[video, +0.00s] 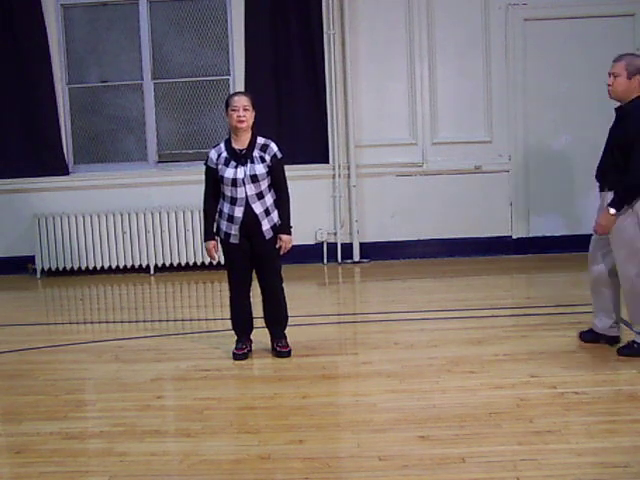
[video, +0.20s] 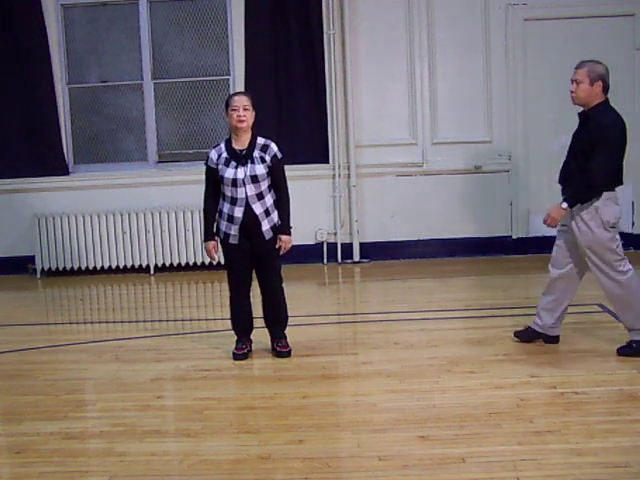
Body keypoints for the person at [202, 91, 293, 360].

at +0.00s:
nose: (241, 114)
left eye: (246, 109)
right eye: (235, 110)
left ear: (254, 114)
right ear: (227, 116)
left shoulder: (268, 149)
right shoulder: (216, 155)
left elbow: (282, 192)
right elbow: (210, 198)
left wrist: (285, 229)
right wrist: (210, 235)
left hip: (266, 231)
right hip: (232, 233)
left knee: (272, 285)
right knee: (239, 289)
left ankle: (279, 335)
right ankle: (243, 338)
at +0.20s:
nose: (241, 114)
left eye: (246, 109)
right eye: (235, 110)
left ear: (254, 115)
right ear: (227, 116)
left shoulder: (268, 149)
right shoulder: (217, 155)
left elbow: (282, 192)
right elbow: (211, 198)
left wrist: (285, 229)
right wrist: (210, 235)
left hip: (266, 230)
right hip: (232, 233)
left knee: (272, 285)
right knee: (239, 288)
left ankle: (279, 335)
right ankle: (243, 337)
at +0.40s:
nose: (241, 114)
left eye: (246, 109)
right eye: (235, 109)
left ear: (254, 115)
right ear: (227, 115)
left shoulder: (268, 149)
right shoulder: (217, 155)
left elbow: (282, 192)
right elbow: (211, 197)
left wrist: (285, 229)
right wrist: (210, 234)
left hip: (266, 231)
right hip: (232, 233)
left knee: (272, 285)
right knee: (239, 289)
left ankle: (279, 335)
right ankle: (243, 338)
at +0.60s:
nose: (241, 114)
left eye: (246, 110)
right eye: (235, 110)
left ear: (254, 115)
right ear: (227, 116)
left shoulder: (268, 149)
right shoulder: (217, 155)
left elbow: (282, 192)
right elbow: (211, 198)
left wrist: (285, 229)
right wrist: (210, 235)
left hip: (266, 230)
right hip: (232, 233)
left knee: (272, 285)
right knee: (239, 288)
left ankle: (278, 335)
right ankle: (243, 338)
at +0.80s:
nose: (242, 116)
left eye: (246, 111)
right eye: (236, 111)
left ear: (254, 115)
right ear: (227, 117)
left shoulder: (268, 149)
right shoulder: (217, 155)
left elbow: (282, 192)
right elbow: (211, 198)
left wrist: (285, 229)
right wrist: (210, 235)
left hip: (266, 230)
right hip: (232, 233)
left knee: (272, 285)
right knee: (239, 289)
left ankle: (279, 335)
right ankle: (243, 338)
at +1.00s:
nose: (242, 114)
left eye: (247, 109)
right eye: (236, 109)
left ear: (255, 114)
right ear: (228, 115)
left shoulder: (269, 149)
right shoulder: (217, 154)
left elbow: (283, 191)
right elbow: (211, 197)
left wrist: (285, 229)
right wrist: (210, 234)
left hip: (266, 230)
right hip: (233, 232)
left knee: (273, 286)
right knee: (239, 289)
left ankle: (279, 336)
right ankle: (243, 338)